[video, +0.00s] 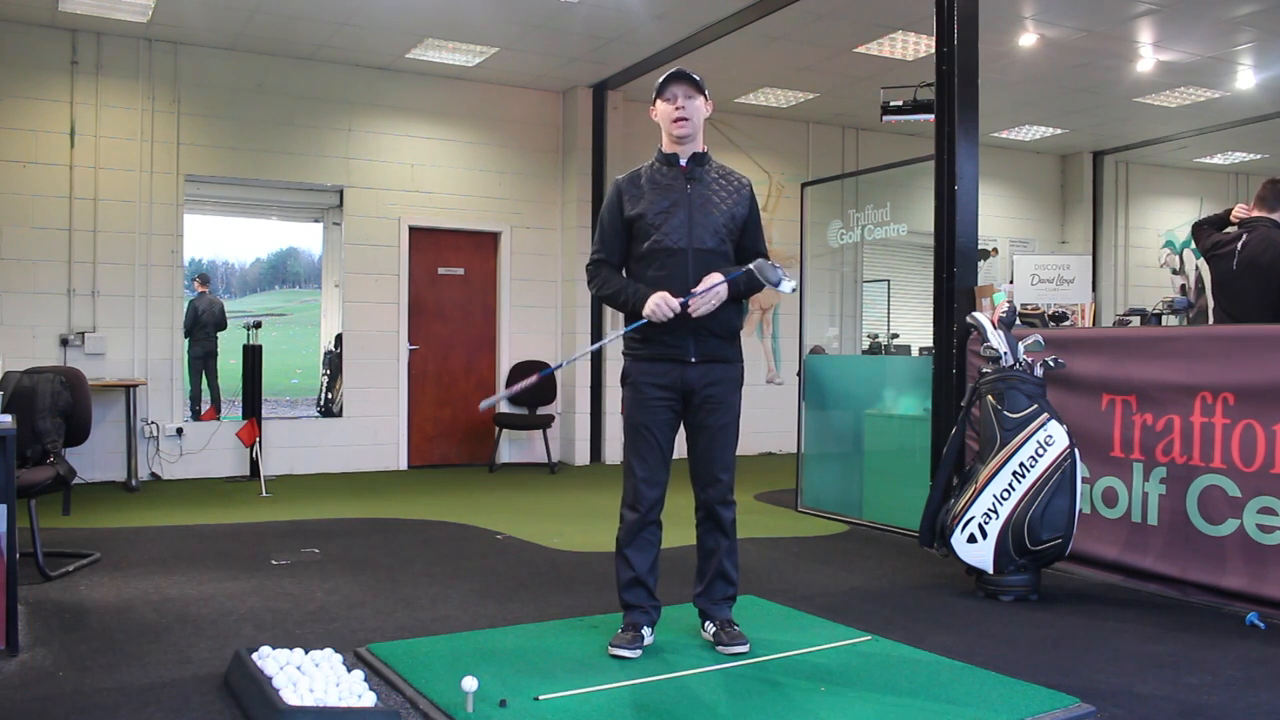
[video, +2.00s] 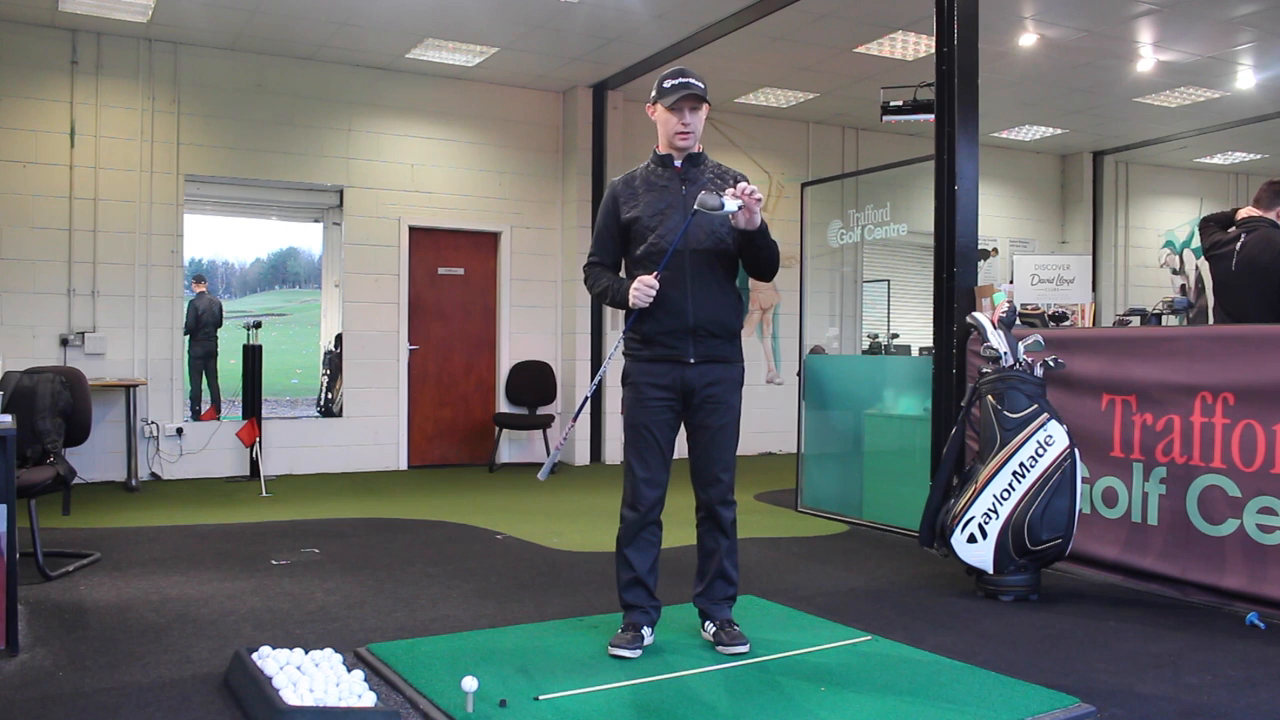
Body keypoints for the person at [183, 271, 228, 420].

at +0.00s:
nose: (194, 285)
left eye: (195, 283)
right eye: (194, 282)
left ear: (199, 284)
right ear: (207, 285)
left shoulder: (194, 302)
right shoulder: (218, 302)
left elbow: (188, 325)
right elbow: (223, 325)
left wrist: (187, 333)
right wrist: (211, 328)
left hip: (197, 344)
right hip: (212, 344)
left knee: (195, 382)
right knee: (213, 380)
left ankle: (196, 414)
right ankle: (216, 412)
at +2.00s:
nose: (192, 287)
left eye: (192, 285)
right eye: (192, 285)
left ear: (195, 285)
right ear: (206, 284)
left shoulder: (194, 303)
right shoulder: (216, 302)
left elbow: (190, 326)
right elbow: (219, 323)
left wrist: (184, 331)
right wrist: (208, 326)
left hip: (197, 344)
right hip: (212, 344)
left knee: (196, 382)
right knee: (213, 381)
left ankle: (195, 414)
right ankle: (216, 412)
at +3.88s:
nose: (192, 287)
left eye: (193, 285)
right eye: (192, 285)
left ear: (199, 285)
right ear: (206, 285)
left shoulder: (195, 302)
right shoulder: (218, 302)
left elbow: (184, 322)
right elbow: (224, 325)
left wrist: (185, 311)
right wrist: (210, 325)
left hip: (196, 345)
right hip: (212, 345)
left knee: (194, 383)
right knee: (213, 381)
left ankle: (195, 415)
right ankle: (216, 412)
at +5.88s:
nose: (192, 289)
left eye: (192, 286)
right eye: (192, 287)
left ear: (196, 286)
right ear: (205, 285)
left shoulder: (195, 302)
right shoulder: (218, 302)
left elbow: (188, 325)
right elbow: (219, 325)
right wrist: (207, 324)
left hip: (196, 344)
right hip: (211, 343)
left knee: (195, 382)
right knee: (212, 381)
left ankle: (195, 414)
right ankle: (216, 412)